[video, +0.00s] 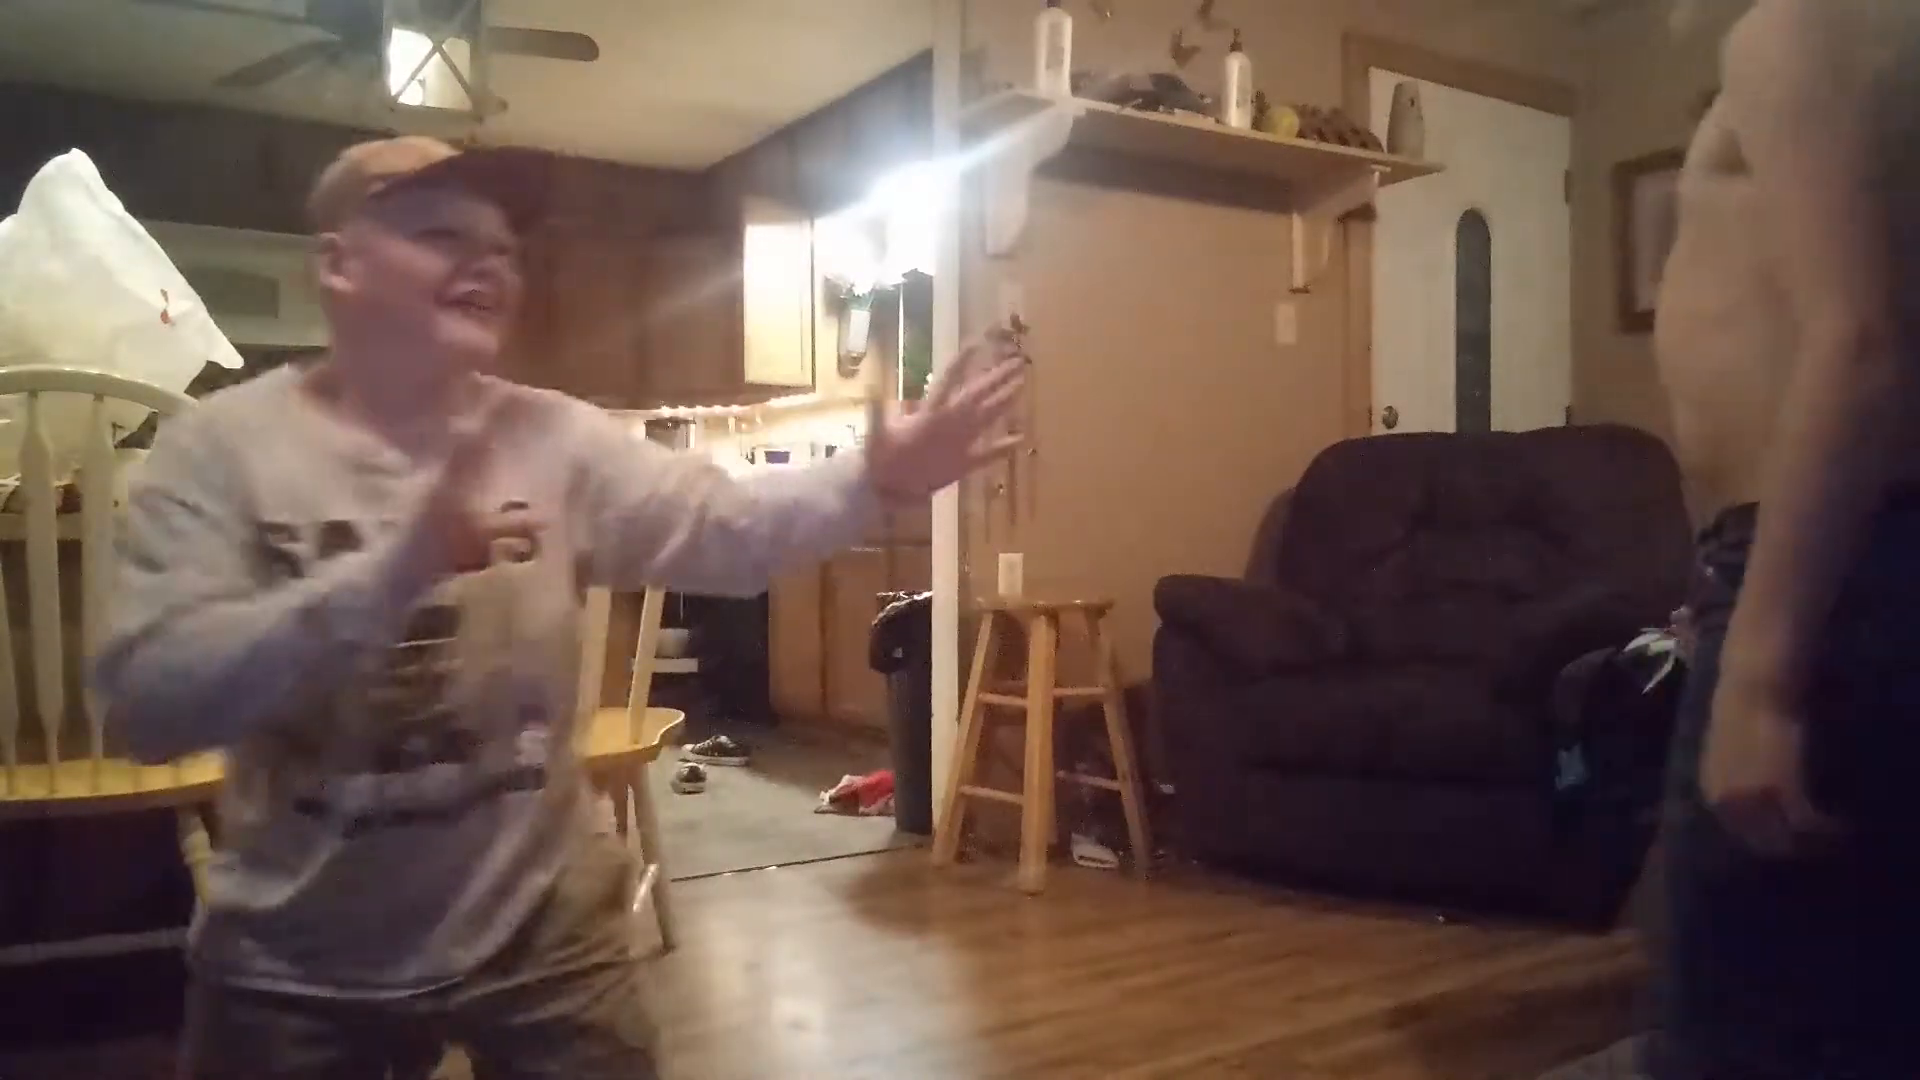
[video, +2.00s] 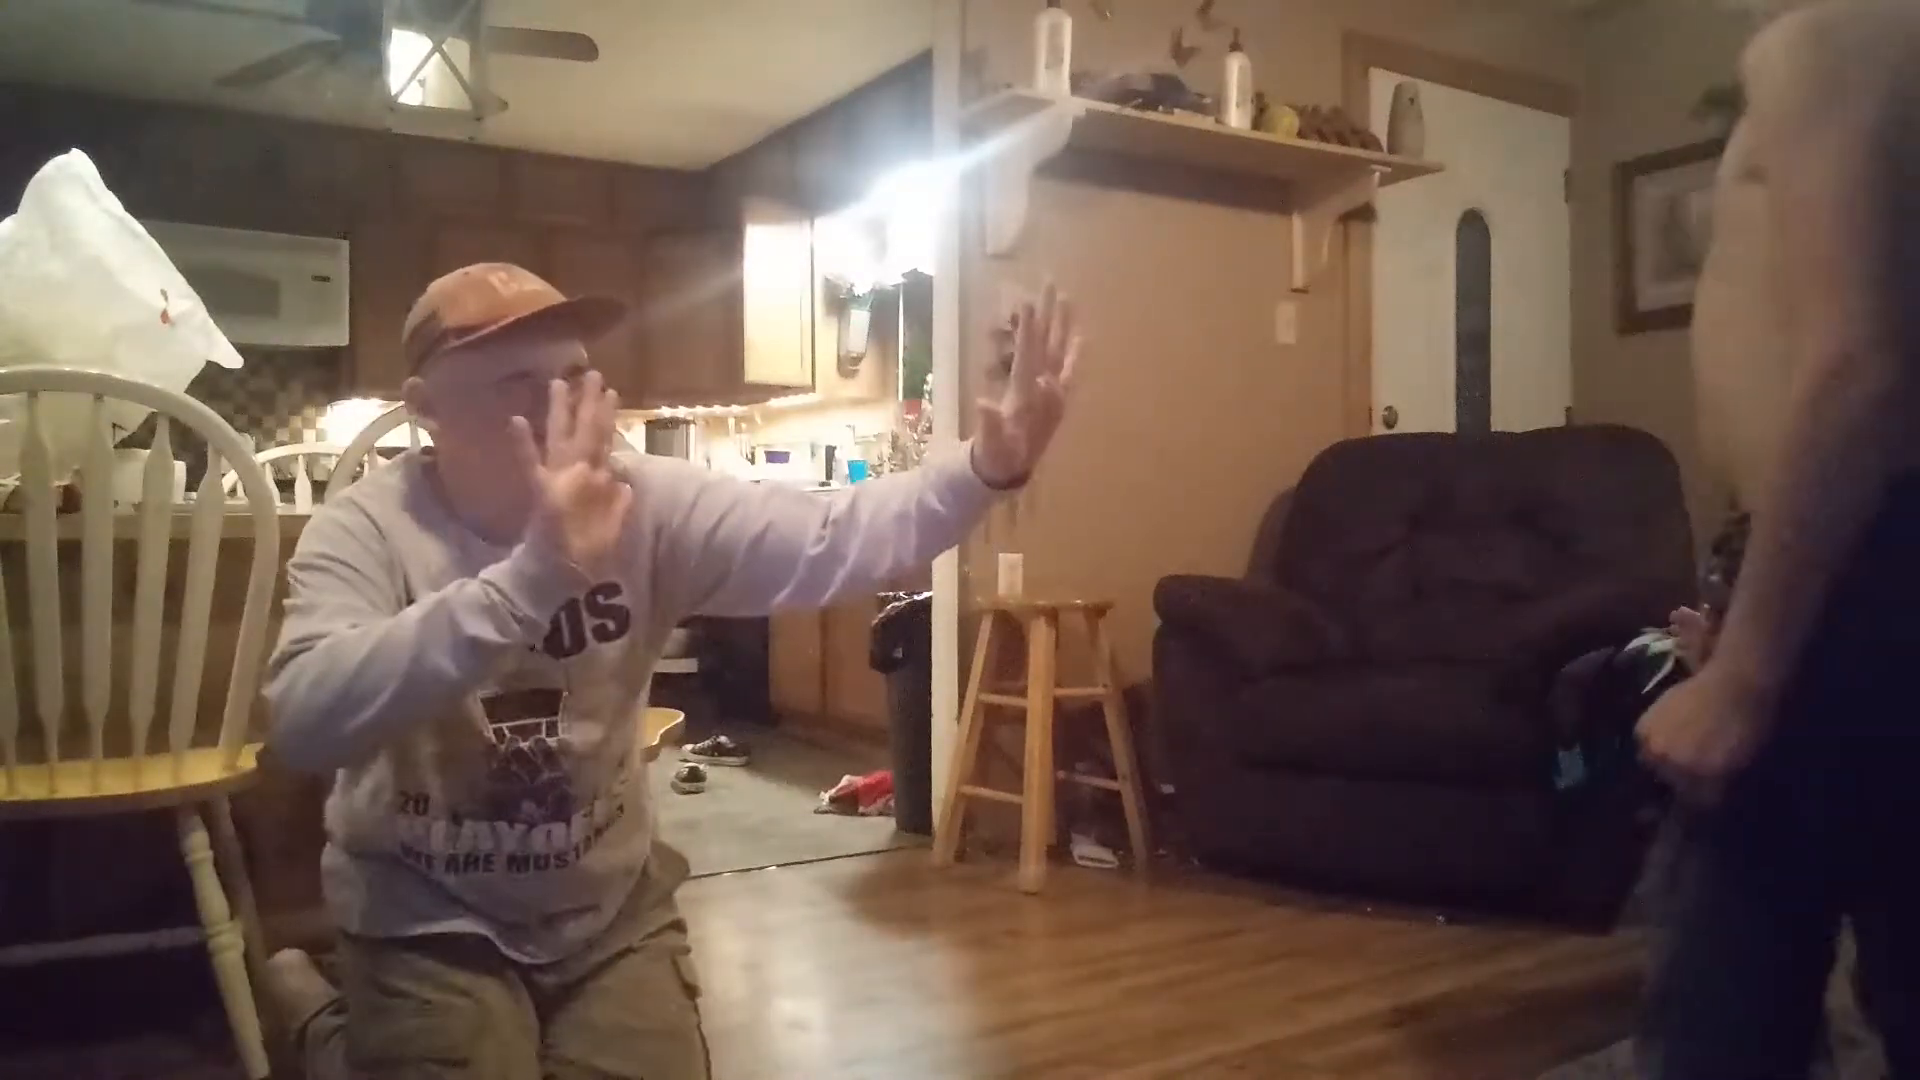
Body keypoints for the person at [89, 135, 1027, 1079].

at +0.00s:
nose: (490, 260)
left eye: (501, 242)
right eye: (441, 232)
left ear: (516, 285)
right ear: (337, 265)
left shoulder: (554, 439)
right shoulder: (214, 452)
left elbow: (717, 521)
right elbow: (144, 697)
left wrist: (869, 483)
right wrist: (395, 578)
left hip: (540, 923)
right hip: (296, 947)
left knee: (610, 1068)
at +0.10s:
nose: (459, 257)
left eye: (468, 243)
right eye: (410, 229)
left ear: (478, 278)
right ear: (298, 256)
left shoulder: (525, 439)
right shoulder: (165, 442)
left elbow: (701, 513)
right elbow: (52, 679)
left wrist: (858, 482)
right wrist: (312, 571)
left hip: (514, 953)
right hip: (264, 975)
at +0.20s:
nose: (452, 262)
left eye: (461, 248)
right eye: (404, 235)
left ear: (474, 280)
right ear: (290, 259)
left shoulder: (510, 437)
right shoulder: (148, 443)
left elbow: (707, 507)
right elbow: (17, 664)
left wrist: (871, 458)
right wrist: (235, 605)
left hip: (493, 930)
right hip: (247, 961)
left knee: (597, 1061)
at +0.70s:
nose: (560, 340)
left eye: (569, 316)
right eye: (518, 315)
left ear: (583, 329)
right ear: (414, 337)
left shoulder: (615, 478)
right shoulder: (287, 490)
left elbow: (811, 534)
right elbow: (156, 681)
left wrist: (960, 491)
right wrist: (159, 664)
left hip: (560, 917)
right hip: (325, 939)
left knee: (661, 1068)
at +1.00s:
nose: (598, 370)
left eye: (607, 343)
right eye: (557, 349)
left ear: (621, 351)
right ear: (465, 375)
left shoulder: (660, 498)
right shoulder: (356, 527)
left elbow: (844, 539)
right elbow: (192, 747)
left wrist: (1016, 476)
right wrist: (318, 675)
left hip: (604, 919)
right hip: (393, 932)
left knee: (676, 1066)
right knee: (364, 1067)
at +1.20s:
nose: (611, 400)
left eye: (619, 374)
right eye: (568, 380)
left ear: (633, 381)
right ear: (470, 409)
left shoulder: (664, 514)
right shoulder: (383, 541)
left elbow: (849, 548)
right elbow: (276, 771)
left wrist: (995, 482)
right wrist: (471, 653)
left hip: (612, 921)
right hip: (408, 927)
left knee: (674, 1067)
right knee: (402, 1067)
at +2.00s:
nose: (565, 410)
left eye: (577, 379)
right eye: (523, 387)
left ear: (598, 389)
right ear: (430, 413)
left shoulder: (641, 506)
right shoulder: (367, 526)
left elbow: (830, 533)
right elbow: (306, 717)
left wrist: (988, 465)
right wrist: (532, 574)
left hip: (611, 915)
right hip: (423, 922)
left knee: (655, 1063)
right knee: (464, 1063)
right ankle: (319, 1018)